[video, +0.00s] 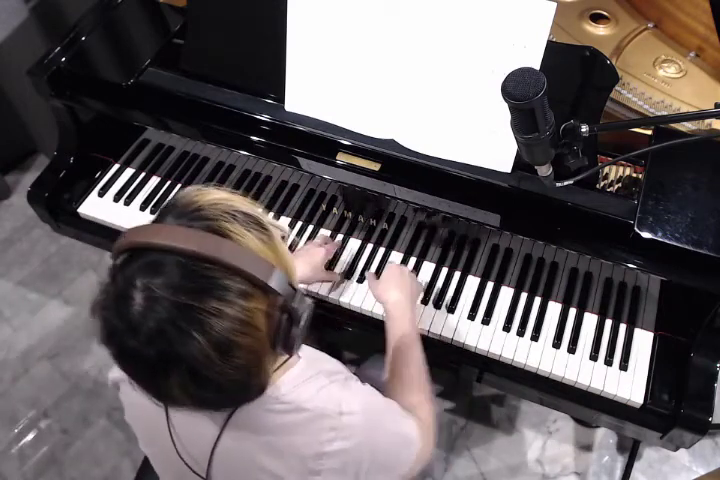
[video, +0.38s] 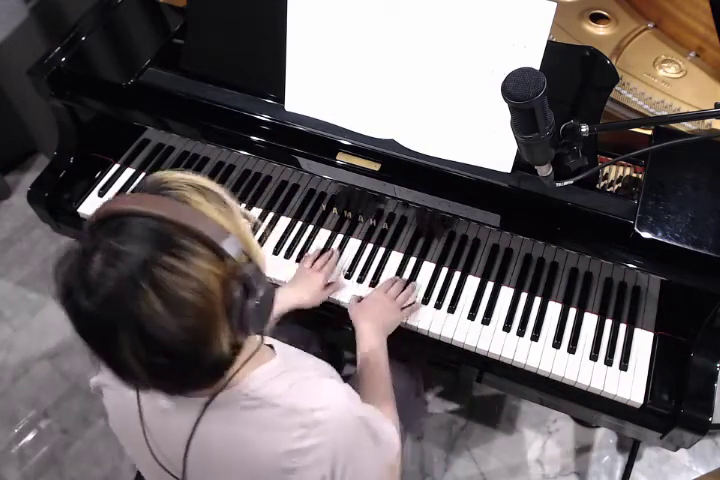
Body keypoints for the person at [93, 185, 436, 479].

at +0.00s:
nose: (285, 254)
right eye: (275, 253)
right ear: (267, 318)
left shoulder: (134, 368)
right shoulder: (335, 418)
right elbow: (416, 440)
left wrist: (287, 274)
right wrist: (401, 311)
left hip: (166, 464)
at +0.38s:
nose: (253, 235)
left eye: (244, 230)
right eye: (246, 237)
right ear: (233, 295)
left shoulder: (118, 376)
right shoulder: (317, 414)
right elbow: (382, 454)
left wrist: (286, 297)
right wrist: (372, 338)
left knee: (298, 328)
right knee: (393, 360)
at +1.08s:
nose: (161, 257)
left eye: (148, 256)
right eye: (150, 266)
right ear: (150, 352)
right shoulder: (266, 433)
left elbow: (186, 334)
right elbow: (387, 458)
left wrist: (289, 293)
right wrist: (380, 359)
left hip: (252, 362)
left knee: (303, 323)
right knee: (396, 370)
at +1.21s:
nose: (160, 263)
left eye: (146, 262)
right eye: (148, 271)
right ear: (147, 355)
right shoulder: (263, 437)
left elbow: (185, 329)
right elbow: (387, 461)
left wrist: (289, 290)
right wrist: (381, 356)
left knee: (305, 322)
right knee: (398, 369)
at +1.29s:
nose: (147, 287)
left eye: (128, 287)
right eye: (134, 299)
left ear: (141, 366)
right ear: (140, 369)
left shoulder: (135, 376)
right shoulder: (262, 453)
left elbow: (186, 325)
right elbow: (392, 463)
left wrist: (291, 276)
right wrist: (387, 355)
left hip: (255, 368)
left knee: (304, 312)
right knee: (392, 365)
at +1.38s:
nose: (146, 287)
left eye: (128, 287)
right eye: (134, 299)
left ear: (141, 366)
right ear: (140, 369)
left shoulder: (135, 376)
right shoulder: (262, 453)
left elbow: (186, 325)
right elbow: (392, 463)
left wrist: (291, 276)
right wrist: (387, 355)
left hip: (256, 369)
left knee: (304, 313)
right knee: (393, 365)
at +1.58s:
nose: (151, 304)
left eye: (131, 305)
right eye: (142, 323)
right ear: (144, 391)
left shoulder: (142, 380)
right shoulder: (262, 462)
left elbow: (185, 324)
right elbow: (384, 466)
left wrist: (292, 272)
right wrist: (378, 352)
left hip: (260, 374)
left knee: (309, 310)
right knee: (398, 369)